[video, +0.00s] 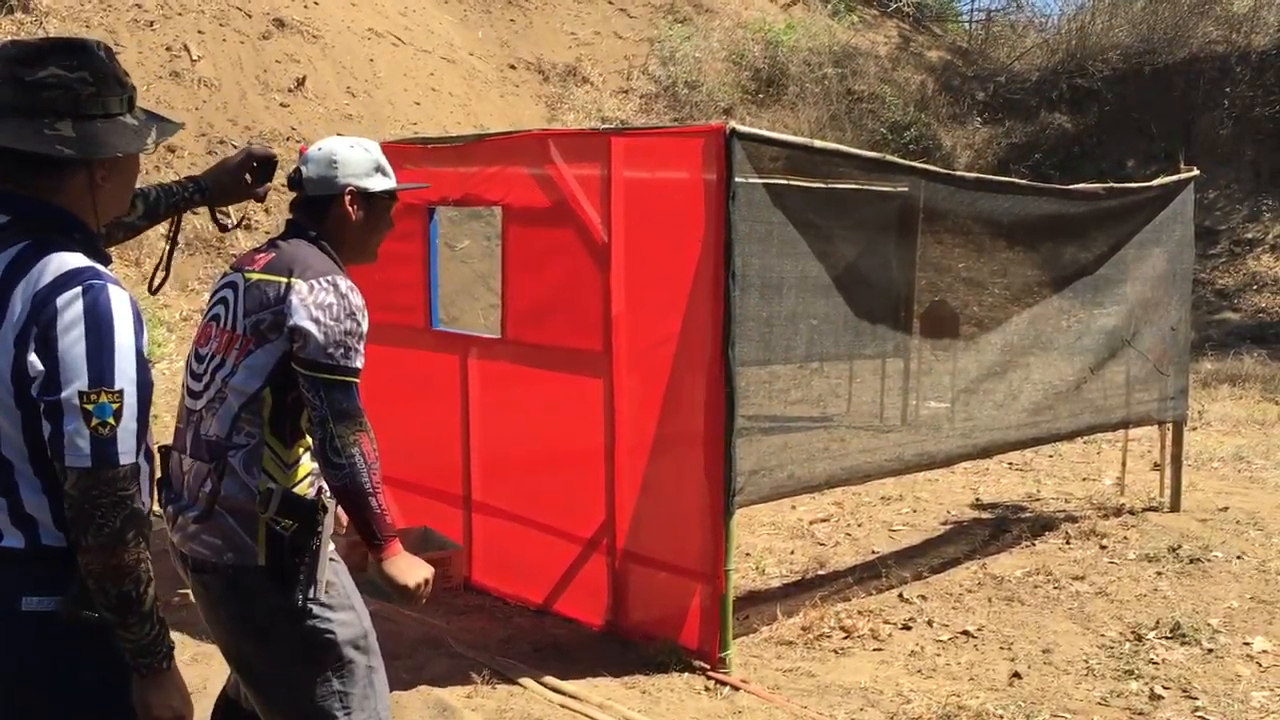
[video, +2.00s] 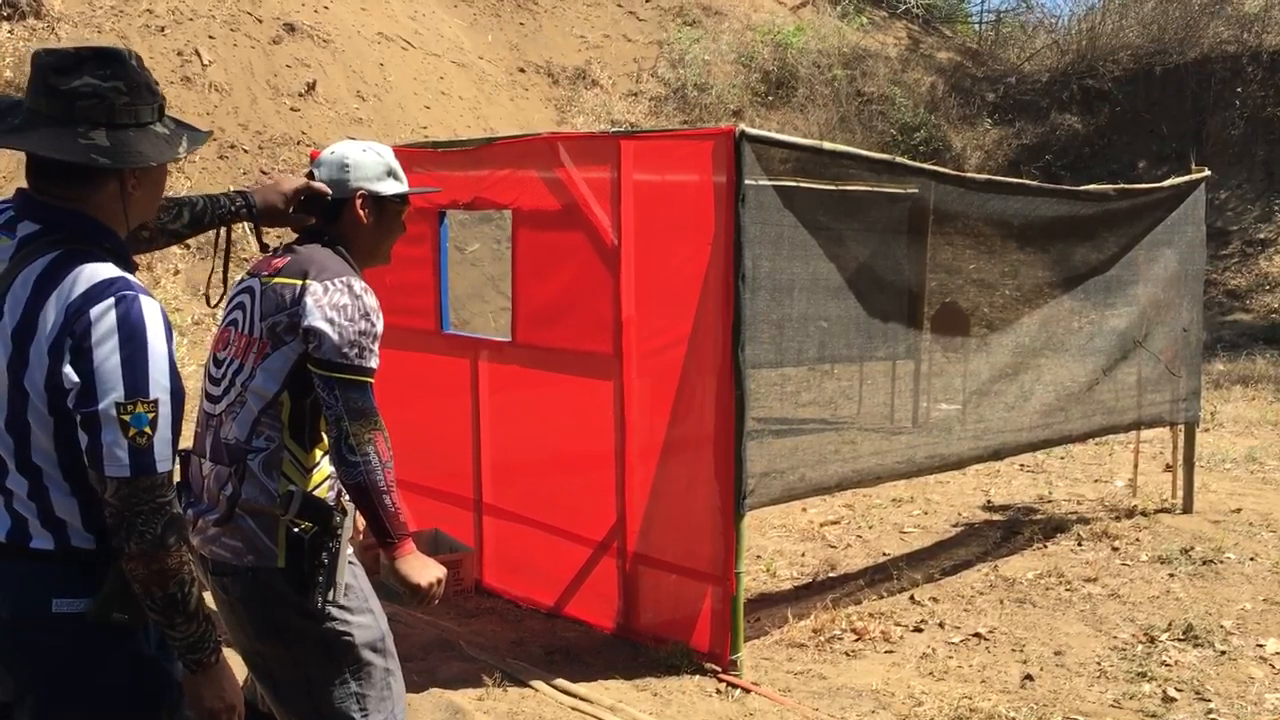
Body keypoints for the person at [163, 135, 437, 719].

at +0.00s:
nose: (393, 223)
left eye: (394, 208)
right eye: (388, 207)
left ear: (313, 200)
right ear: (351, 206)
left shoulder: (253, 266)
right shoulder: (326, 289)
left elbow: (259, 410)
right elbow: (341, 435)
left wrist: (322, 497)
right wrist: (390, 548)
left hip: (208, 526)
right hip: (266, 539)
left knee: (266, 681)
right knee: (353, 698)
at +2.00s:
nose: (406, 225)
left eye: (407, 210)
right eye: (400, 209)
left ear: (339, 206)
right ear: (362, 209)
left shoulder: (269, 270)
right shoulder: (340, 290)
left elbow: (278, 415)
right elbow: (356, 437)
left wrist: (341, 506)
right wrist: (404, 549)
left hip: (227, 530)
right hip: (285, 543)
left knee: (287, 690)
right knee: (369, 699)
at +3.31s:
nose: (405, 231)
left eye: (407, 217)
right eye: (401, 216)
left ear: (334, 210)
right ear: (362, 213)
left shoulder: (269, 272)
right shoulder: (342, 286)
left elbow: (266, 415)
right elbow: (336, 411)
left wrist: (337, 503)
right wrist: (401, 515)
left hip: (225, 528)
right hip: (281, 540)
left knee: (276, 687)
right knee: (367, 701)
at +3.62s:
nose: (422, 233)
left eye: (423, 219)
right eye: (417, 218)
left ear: (354, 214)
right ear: (378, 217)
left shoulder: (303, 270)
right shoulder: (349, 269)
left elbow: (291, 409)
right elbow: (298, 340)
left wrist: (362, 493)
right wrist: (344, 462)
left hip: (252, 530)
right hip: (300, 539)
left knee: (285, 683)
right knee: (363, 707)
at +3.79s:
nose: (410, 271)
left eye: (408, 257)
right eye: (401, 257)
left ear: (352, 261)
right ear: (363, 263)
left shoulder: (302, 310)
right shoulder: (350, 318)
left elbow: (350, 413)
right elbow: (390, 419)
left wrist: (451, 432)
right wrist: (472, 404)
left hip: (237, 549)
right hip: (297, 564)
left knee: (288, 643)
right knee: (390, 708)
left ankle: (257, 711)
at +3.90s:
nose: (391, 270)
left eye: (390, 258)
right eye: (381, 258)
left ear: (337, 261)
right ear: (343, 262)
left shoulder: (288, 308)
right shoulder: (340, 319)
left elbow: (391, 357)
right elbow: (414, 402)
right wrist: (488, 352)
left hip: (236, 533)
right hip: (293, 544)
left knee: (280, 628)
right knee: (348, 706)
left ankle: (255, 714)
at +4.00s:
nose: (386, 265)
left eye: (386, 253)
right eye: (378, 254)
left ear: (333, 255)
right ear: (338, 256)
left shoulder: (316, 291)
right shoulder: (323, 308)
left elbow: (417, 319)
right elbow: (413, 369)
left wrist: (501, 314)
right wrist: (493, 328)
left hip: (232, 502)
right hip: (262, 511)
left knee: (282, 615)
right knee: (366, 631)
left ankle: (254, 716)